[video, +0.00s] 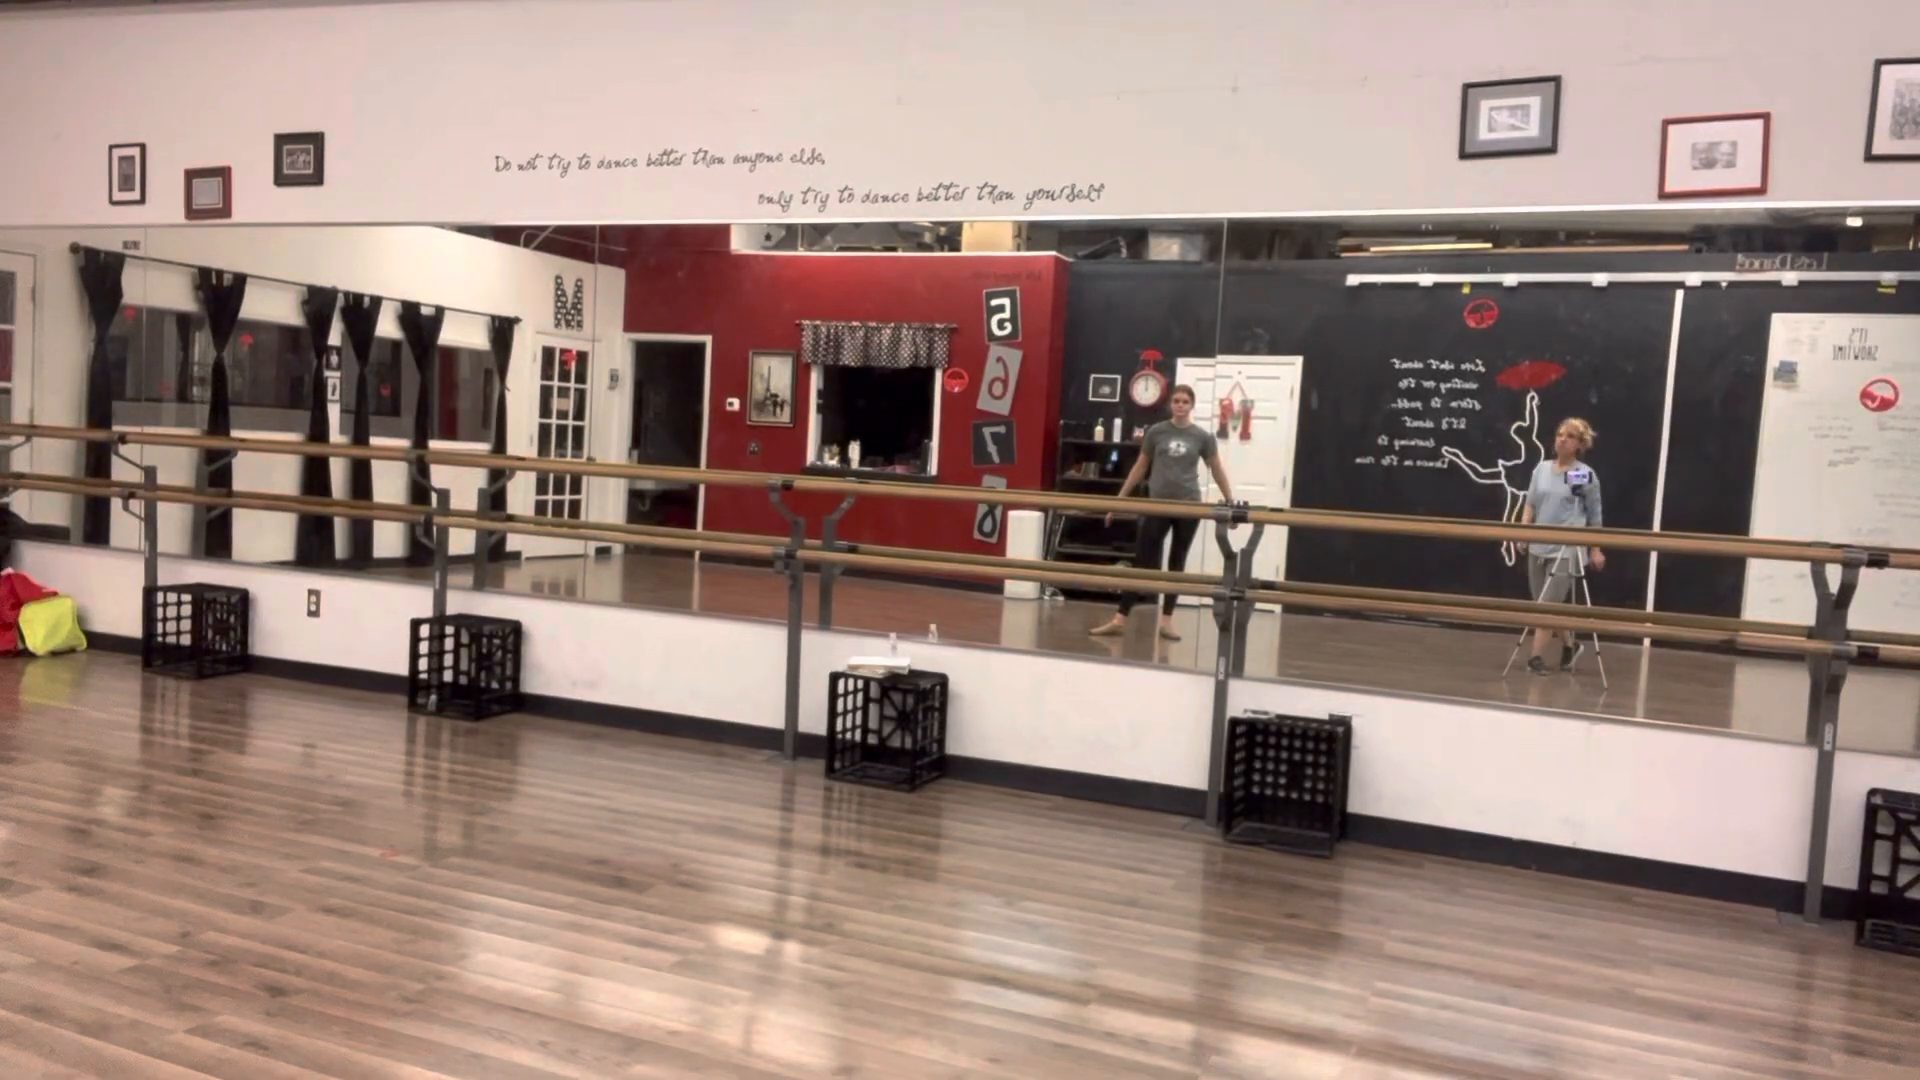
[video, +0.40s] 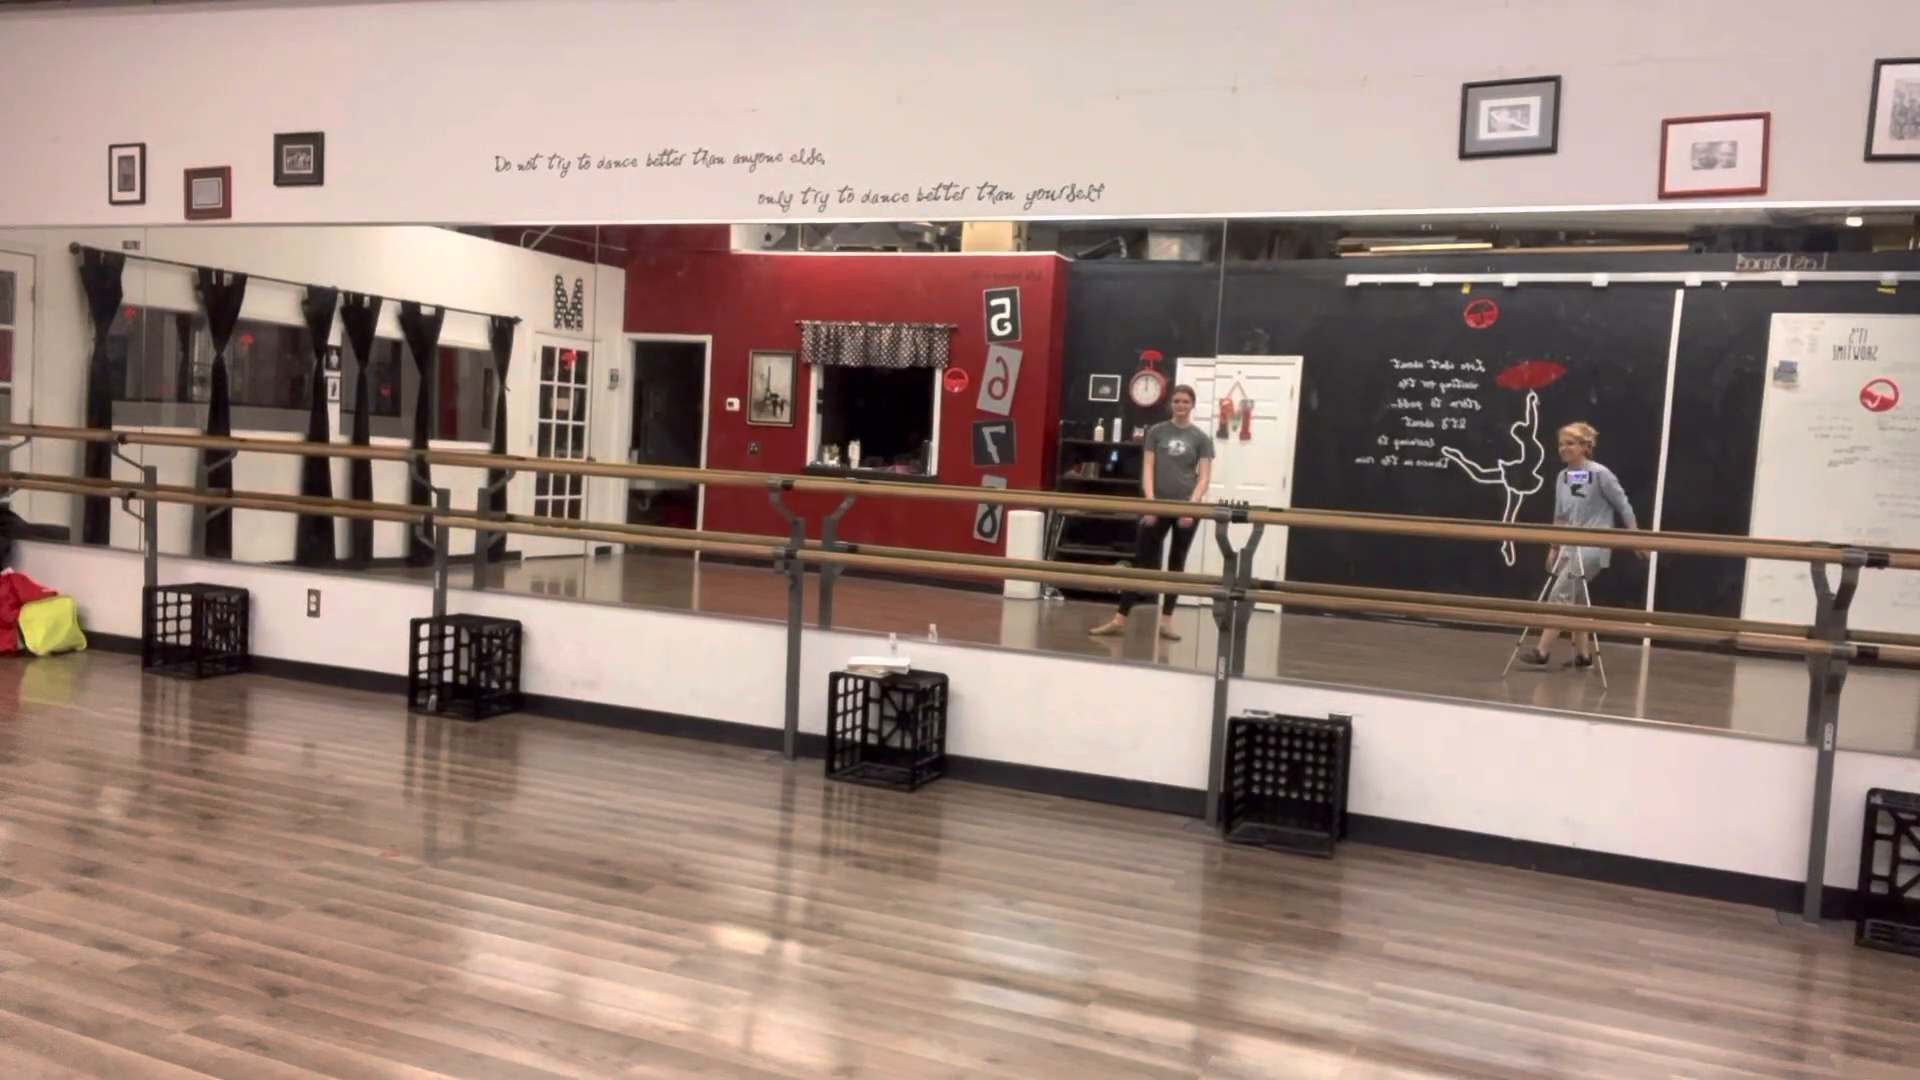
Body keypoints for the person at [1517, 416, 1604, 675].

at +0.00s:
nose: (1561, 440)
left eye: (1569, 437)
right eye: (1560, 435)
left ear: (1580, 445)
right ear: (1555, 439)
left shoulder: (1586, 475)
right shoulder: (1541, 469)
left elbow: (1595, 514)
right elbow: (1530, 504)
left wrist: (1595, 547)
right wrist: (1522, 531)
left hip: (1567, 549)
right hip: (1538, 546)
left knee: (1548, 602)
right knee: (1541, 603)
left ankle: (1535, 654)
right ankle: (1568, 642)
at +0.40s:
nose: (1564, 448)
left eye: (1570, 443)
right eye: (1562, 443)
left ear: (1585, 446)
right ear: (1559, 447)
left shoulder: (1600, 474)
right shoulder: (1562, 477)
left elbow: (1623, 506)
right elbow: (1560, 517)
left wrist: (1636, 539)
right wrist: (1554, 548)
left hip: (1593, 547)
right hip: (1569, 545)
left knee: (1559, 594)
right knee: (1574, 600)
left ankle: (1542, 649)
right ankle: (1583, 653)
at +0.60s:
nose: (1573, 447)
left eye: (1580, 443)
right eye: (1571, 443)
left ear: (1594, 447)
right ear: (1569, 446)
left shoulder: (1608, 473)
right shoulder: (1570, 474)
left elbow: (1630, 504)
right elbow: (1569, 511)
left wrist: (1640, 538)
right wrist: (1565, 540)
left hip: (1604, 543)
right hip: (1578, 543)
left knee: (1571, 590)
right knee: (1577, 595)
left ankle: (1586, 647)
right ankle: (1584, 649)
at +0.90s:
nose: (1599, 444)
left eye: (1606, 440)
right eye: (1596, 438)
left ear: (1618, 447)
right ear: (1592, 442)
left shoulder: (1624, 476)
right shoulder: (1584, 471)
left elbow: (1635, 514)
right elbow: (1578, 509)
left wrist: (1636, 546)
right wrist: (1571, 538)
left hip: (1614, 549)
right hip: (1583, 546)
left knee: (1621, 604)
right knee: (1580, 603)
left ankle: (1640, 658)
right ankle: (1585, 653)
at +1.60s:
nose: (1646, 441)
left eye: (1654, 438)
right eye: (1645, 436)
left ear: (1666, 447)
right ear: (1641, 441)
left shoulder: (1672, 482)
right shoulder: (1624, 469)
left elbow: (1674, 522)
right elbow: (1619, 506)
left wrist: (1671, 556)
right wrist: (1615, 538)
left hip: (1655, 554)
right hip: (1622, 549)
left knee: (1651, 611)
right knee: (1616, 604)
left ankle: (1648, 663)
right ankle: (1618, 658)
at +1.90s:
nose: (1635, 439)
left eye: (1644, 436)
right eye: (1636, 434)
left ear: (1656, 446)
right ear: (1632, 439)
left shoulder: (1663, 478)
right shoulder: (1616, 471)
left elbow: (1663, 519)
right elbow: (1614, 511)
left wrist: (1650, 550)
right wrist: (1612, 542)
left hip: (1650, 553)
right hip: (1617, 550)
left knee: (1649, 611)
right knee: (1615, 609)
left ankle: (1647, 662)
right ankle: (1612, 666)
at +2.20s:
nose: (1620, 437)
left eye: (1628, 435)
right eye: (1620, 433)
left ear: (1641, 444)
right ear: (1616, 439)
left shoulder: (1650, 474)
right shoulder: (1606, 473)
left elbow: (1671, 509)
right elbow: (1610, 511)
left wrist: (1671, 546)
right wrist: (1606, 542)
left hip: (1642, 556)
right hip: (1608, 553)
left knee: (1639, 613)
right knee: (1606, 612)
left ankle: (1651, 655)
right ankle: (1610, 666)